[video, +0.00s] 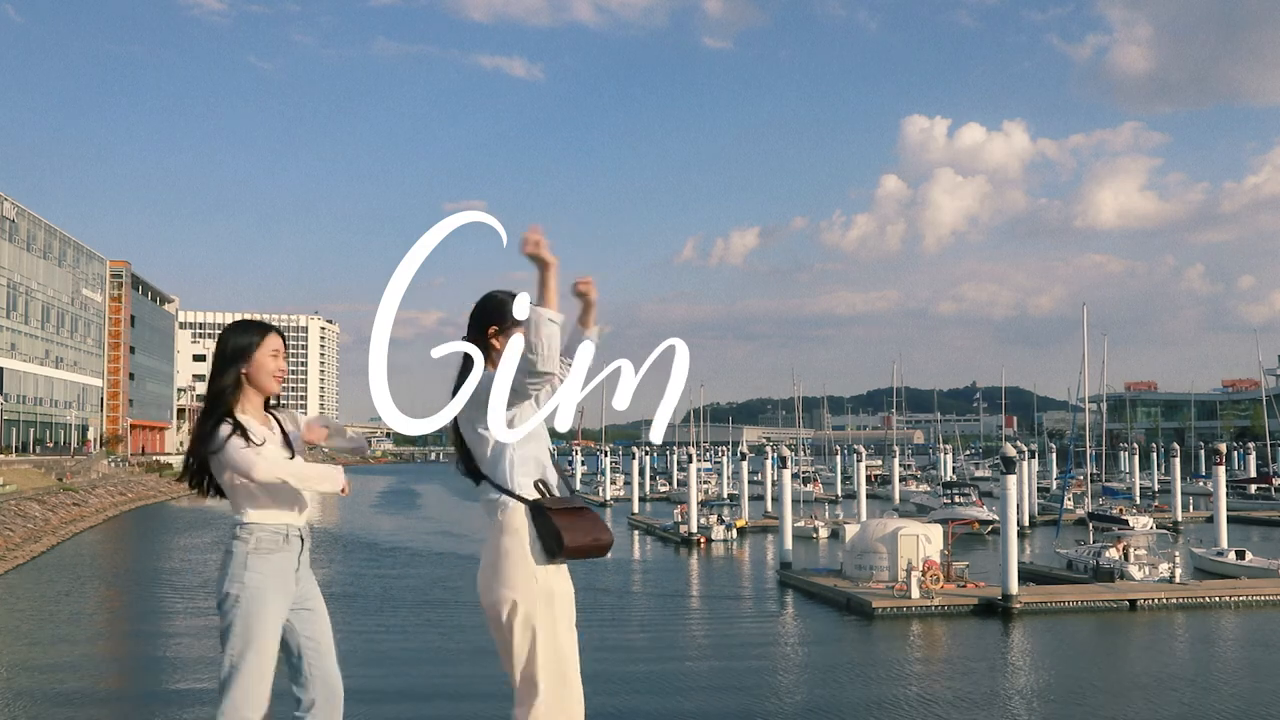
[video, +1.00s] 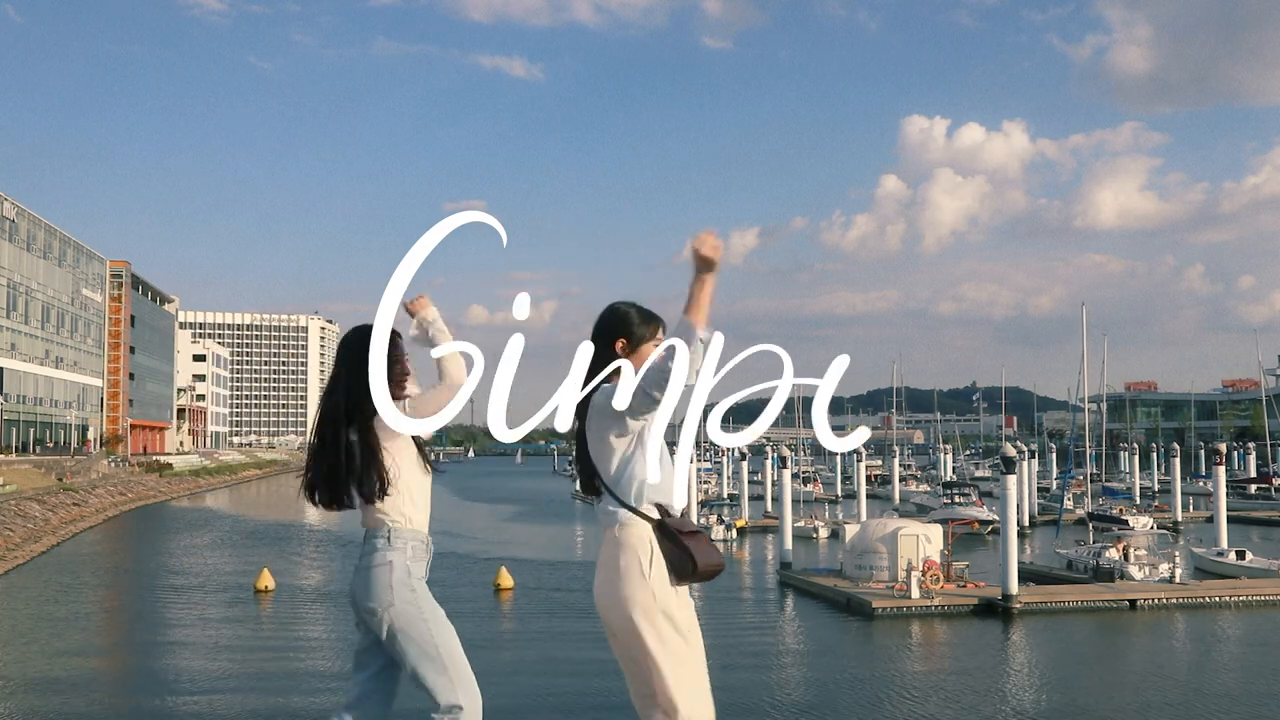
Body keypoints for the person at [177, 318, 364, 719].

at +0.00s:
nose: (283, 366)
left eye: (283, 357)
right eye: (273, 356)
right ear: (243, 364)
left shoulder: (282, 422)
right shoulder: (222, 428)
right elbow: (258, 468)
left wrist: (314, 435)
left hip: (297, 562)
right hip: (257, 562)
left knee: (325, 695)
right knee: (245, 699)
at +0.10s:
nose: (302, 374)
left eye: (299, 365)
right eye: (296, 366)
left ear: (273, 378)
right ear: (275, 376)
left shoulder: (282, 434)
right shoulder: (253, 434)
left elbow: (335, 464)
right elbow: (328, 438)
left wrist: (391, 461)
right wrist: (331, 434)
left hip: (312, 568)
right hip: (279, 572)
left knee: (337, 693)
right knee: (298, 701)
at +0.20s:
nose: (315, 379)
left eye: (312, 371)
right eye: (310, 371)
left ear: (266, 377)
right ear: (298, 377)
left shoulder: (286, 434)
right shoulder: (292, 426)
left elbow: (347, 448)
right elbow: (361, 384)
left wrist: (390, 430)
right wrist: (352, 366)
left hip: (309, 580)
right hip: (299, 583)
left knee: (348, 697)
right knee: (351, 706)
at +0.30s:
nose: (336, 365)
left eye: (331, 358)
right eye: (327, 360)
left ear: (280, 371)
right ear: (311, 370)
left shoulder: (285, 423)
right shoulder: (317, 414)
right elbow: (380, 360)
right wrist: (381, 309)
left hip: (301, 579)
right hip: (317, 583)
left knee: (334, 700)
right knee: (382, 695)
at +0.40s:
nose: (340, 357)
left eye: (338, 351)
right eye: (336, 351)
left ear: (282, 364)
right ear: (325, 363)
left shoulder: (283, 415)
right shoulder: (334, 401)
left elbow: (285, 374)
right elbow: (395, 342)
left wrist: (290, 333)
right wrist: (435, 290)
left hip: (307, 561)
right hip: (337, 563)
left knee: (331, 693)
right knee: (395, 689)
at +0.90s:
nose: (394, 359)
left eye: (389, 351)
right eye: (388, 351)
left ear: (338, 363)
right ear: (383, 357)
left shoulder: (342, 412)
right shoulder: (388, 404)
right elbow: (445, 349)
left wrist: (332, 369)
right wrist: (431, 317)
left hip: (348, 567)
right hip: (383, 571)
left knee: (337, 701)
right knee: (454, 698)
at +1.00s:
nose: (406, 367)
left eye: (404, 358)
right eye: (396, 361)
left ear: (362, 374)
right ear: (375, 371)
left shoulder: (369, 424)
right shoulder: (389, 420)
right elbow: (453, 382)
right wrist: (432, 321)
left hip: (376, 575)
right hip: (397, 579)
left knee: (366, 708)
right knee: (462, 704)